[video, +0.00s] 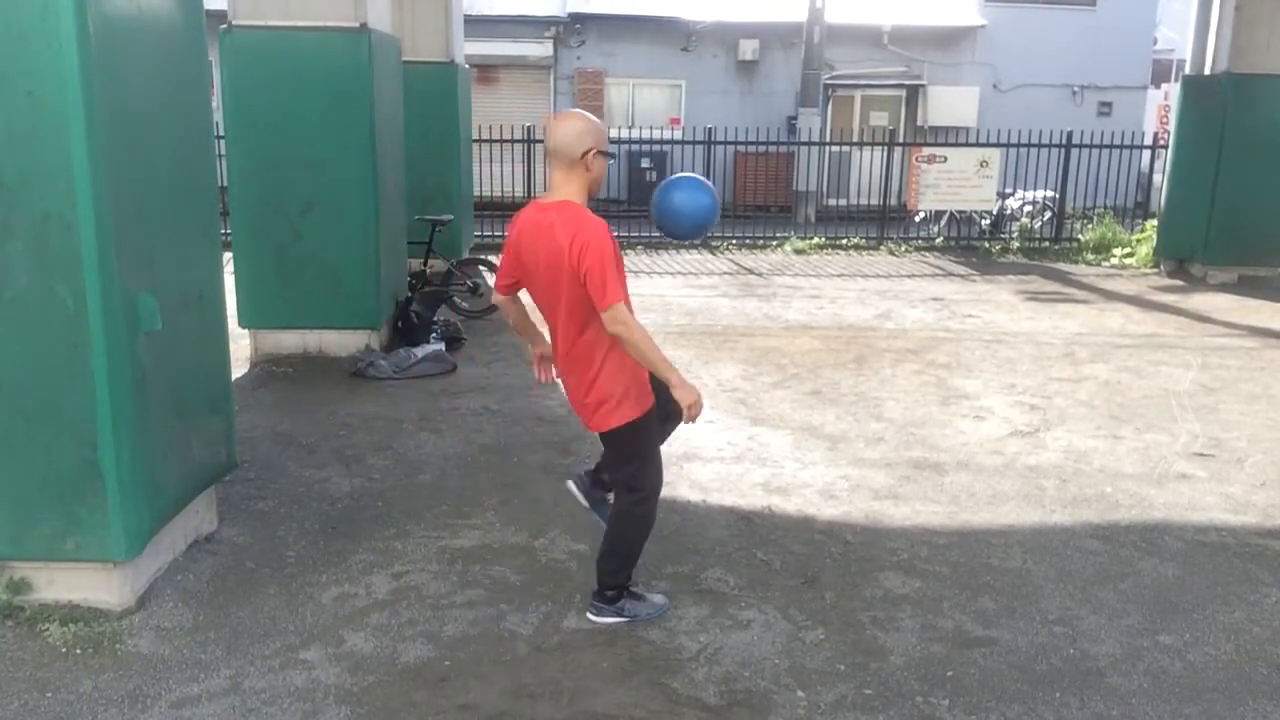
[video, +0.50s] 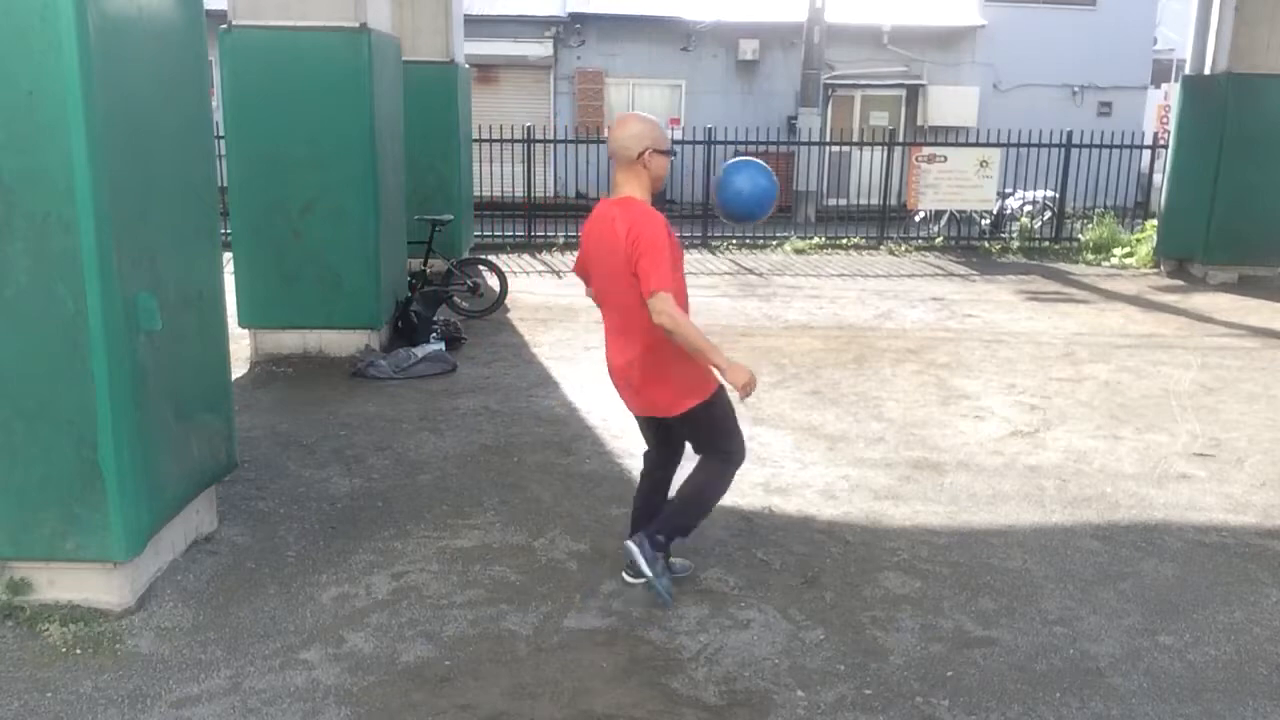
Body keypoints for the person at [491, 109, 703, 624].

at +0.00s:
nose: (606, 165)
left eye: (605, 156)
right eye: (604, 156)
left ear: (552, 159)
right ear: (589, 160)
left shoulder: (524, 223)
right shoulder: (590, 231)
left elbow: (504, 296)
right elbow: (617, 321)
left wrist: (535, 341)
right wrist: (675, 380)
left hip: (582, 375)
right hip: (612, 382)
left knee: (672, 403)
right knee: (641, 488)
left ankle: (600, 480)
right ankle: (610, 595)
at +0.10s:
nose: (620, 165)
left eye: (619, 156)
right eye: (618, 156)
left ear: (566, 159)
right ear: (604, 160)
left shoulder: (540, 226)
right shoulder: (611, 230)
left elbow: (522, 304)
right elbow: (642, 315)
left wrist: (537, 368)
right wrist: (709, 356)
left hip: (600, 357)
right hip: (636, 366)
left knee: (709, 314)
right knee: (644, 485)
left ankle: (679, 421)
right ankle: (610, 594)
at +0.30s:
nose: (642, 156)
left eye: (639, 146)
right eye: (637, 148)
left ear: (589, 157)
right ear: (620, 155)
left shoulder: (566, 222)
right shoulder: (635, 224)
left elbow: (551, 299)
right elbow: (662, 306)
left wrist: (567, 362)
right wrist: (729, 346)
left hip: (618, 357)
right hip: (653, 364)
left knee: (713, 356)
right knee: (648, 482)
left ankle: (683, 450)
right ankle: (610, 594)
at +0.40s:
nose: (655, 153)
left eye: (653, 143)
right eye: (650, 145)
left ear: (604, 153)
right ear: (632, 151)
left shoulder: (582, 215)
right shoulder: (646, 219)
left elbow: (567, 289)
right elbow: (670, 302)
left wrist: (591, 341)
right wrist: (733, 346)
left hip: (630, 365)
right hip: (664, 372)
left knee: (697, 419)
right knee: (659, 479)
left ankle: (666, 517)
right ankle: (613, 586)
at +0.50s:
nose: (669, 164)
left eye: (668, 155)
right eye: (666, 155)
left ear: (622, 160)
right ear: (646, 159)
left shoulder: (597, 221)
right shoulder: (648, 224)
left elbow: (595, 288)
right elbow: (664, 310)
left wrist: (640, 314)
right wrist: (726, 363)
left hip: (631, 368)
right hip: (669, 369)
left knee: (663, 450)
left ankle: (643, 553)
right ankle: (655, 541)